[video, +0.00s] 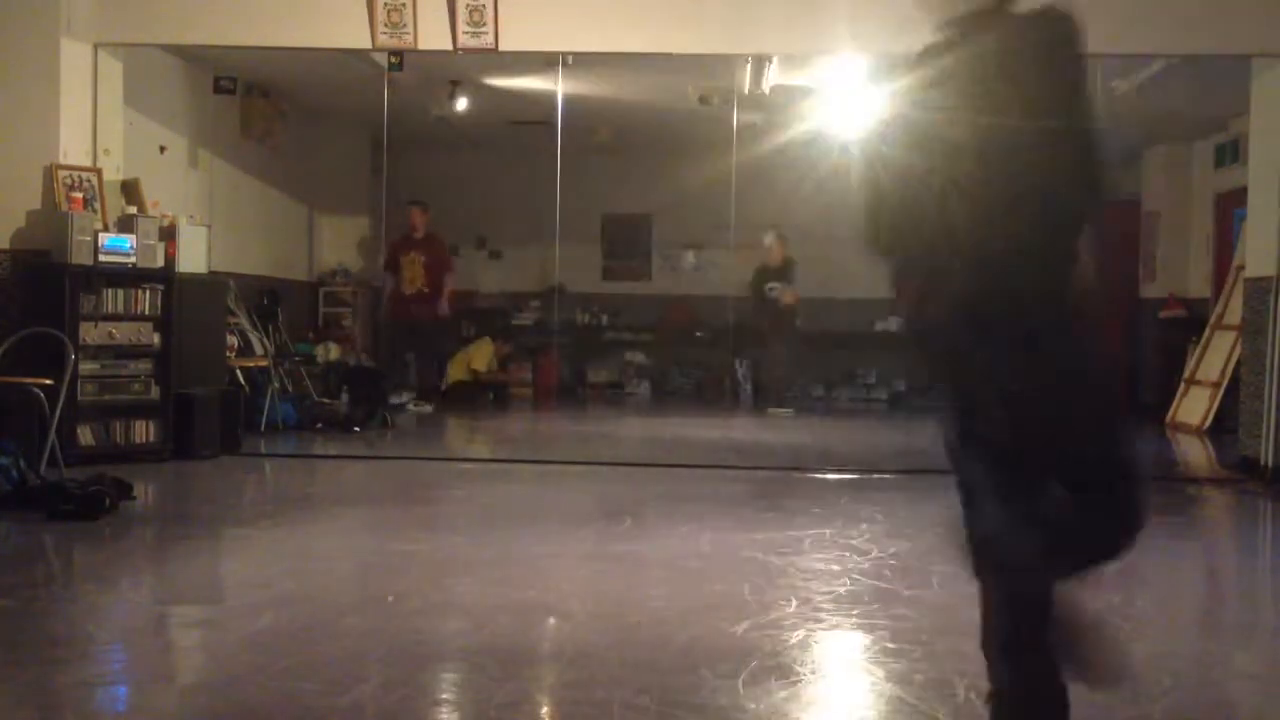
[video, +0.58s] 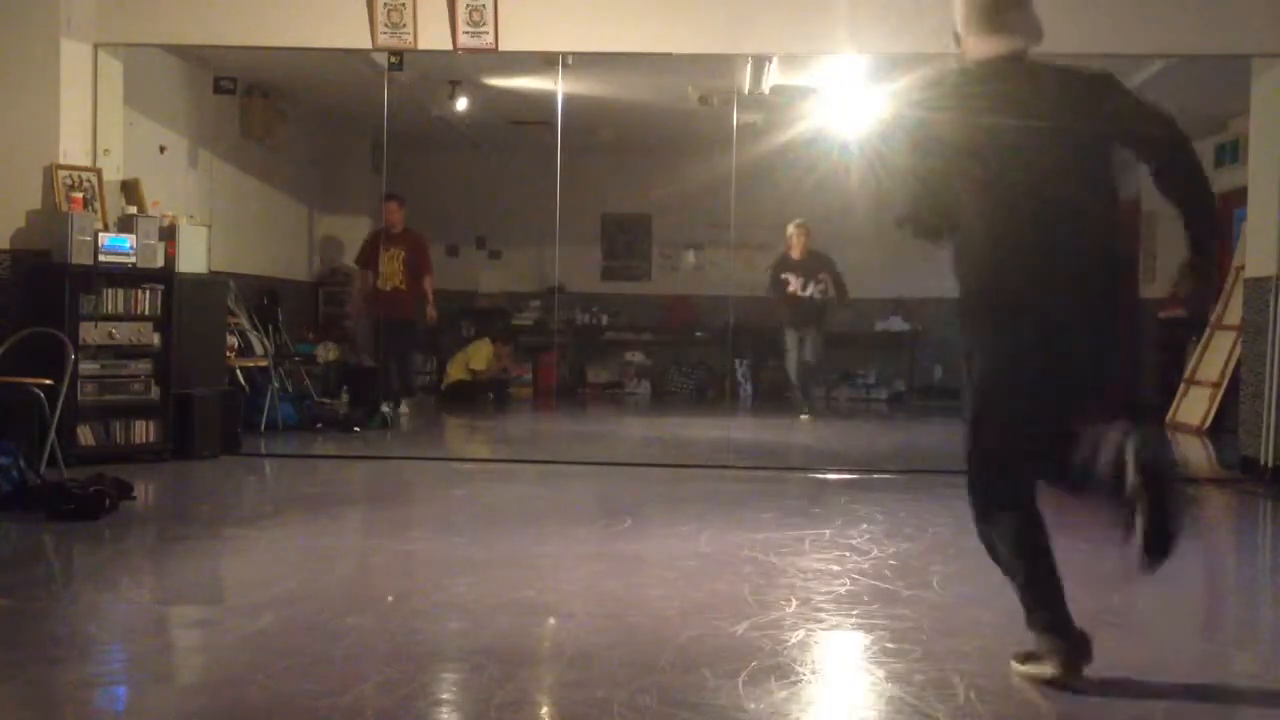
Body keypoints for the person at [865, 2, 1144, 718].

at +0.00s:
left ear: (952, 17)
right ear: (1017, 7)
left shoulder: (919, 83)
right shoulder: (1046, 42)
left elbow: (886, 225)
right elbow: (1078, 190)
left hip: (952, 321)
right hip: (1042, 316)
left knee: (1000, 511)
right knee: (1113, 510)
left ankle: (1027, 698)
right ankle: (1020, 562)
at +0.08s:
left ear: (981, 9)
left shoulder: (937, 64)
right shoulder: (1079, 23)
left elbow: (899, 192)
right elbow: (1116, 152)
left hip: (988, 320)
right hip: (1091, 314)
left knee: (1012, 494)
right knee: (1127, 481)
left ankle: (1039, 680)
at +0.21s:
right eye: (1098, 20)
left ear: (1028, 10)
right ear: (1092, 7)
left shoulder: (970, 69)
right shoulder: (1112, 50)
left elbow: (895, 170)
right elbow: (1151, 163)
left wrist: (928, 285)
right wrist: (1204, 205)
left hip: (1001, 302)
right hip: (1101, 299)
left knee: (1047, 435)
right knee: (1148, 488)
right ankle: (1163, 668)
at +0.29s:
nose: (1103, 21)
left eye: (1094, 13)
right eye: (1106, 13)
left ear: (1037, 15)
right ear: (1105, 16)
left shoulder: (971, 88)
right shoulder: (1123, 82)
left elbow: (882, 175)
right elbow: (1175, 202)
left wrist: (875, 293)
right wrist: (1197, 186)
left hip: (1003, 316)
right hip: (1109, 314)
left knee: (1070, 504)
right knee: (1164, 496)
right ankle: (1156, 674)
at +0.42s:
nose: (1018, 15)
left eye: (1009, 7)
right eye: (1049, 9)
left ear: (1003, 10)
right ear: (1072, 8)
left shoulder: (962, 79)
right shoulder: (1122, 64)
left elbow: (892, 155)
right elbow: (1181, 156)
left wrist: (911, 252)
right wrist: (1182, 253)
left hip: (1010, 299)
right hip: (1108, 296)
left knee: (1030, 459)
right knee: (1134, 453)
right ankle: (1163, 636)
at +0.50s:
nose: (971, 34)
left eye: (973, 23)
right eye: (982, 22)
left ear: (979, 26)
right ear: (1041, 22)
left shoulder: (952, 98)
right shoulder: (1102, 83)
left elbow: (919, 204)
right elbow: (1179, 161)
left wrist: (980, 238)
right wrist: (1201, 272)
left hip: (1012, 313)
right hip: (1103, 304)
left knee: (1008, 490)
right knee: (1077, 454)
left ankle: (1056, 639)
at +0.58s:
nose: (970, 38)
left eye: (965, 28)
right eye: (1011, 25)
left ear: (961, 34)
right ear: (1031, 28)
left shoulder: (942, 105)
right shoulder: (1090, 92)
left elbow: (921, 215)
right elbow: (1170, 146)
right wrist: (1205, 254)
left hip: (1005, 313)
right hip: (1092, 306)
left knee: (996, 487)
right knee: (1045, 447)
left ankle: (1055, 638)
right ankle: (1123, 469)